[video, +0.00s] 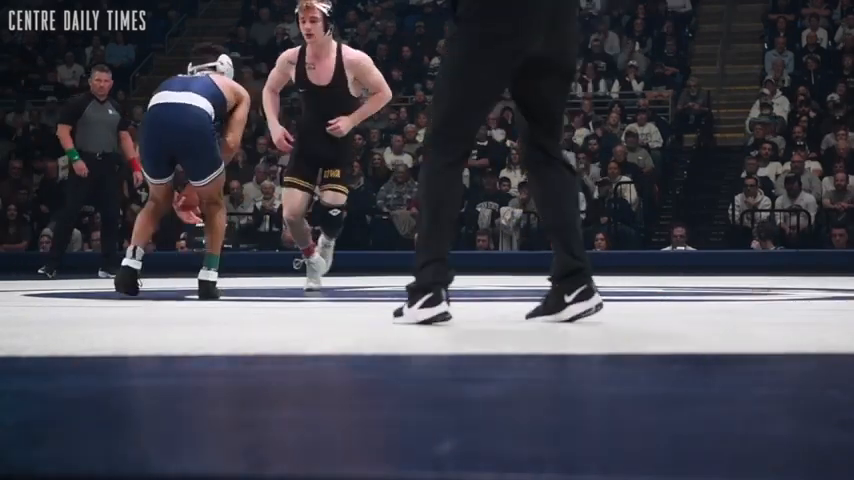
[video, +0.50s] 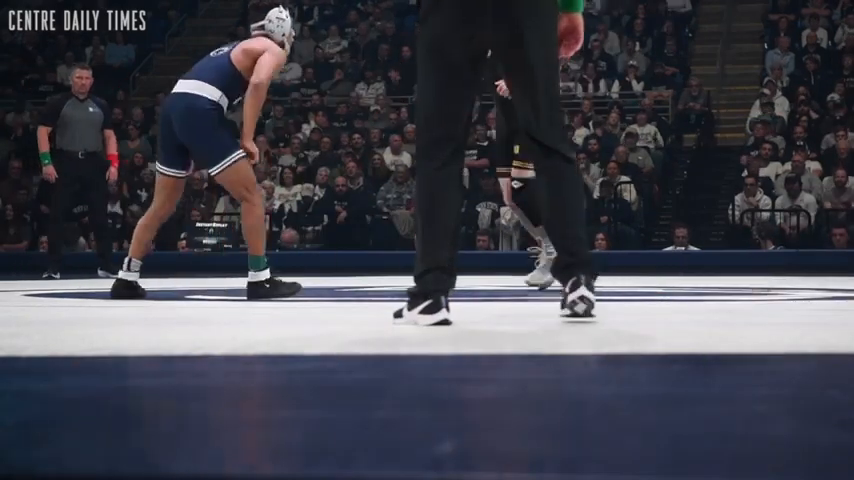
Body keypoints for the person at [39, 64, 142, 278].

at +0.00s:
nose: (101, 85)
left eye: (105, 81)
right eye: (97, 80)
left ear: (111, 83)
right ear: (90, 82)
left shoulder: (116, 108)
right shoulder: (78, 103)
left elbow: (124, 137)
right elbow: (62, 130)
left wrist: (136, 166)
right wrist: (75, 158)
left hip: (109, 166)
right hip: (83, 165)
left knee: (111, 216)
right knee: (69, 213)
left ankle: (108, 265)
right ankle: (52, 263)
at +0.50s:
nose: (83, 82)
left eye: (87, 78)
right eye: (79, 78)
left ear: (92, 81)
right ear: (71, 81)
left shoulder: (101, 106)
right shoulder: (58, 103)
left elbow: (109, 136)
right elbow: (43, 131)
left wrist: (113, 163)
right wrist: (46, 162)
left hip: (95, 164)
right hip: (66, 164)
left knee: (99, 215)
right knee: (58, 214)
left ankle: (105, 264)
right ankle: (53, 266)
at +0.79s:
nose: (71, 83)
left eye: (75, 79)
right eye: (67, 78)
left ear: (80, 81)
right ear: (58, 79)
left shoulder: (89, 105)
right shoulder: (44, 104)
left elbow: (99, 136)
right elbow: (30, 133)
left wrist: (93, 161)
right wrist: (28, 163)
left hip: (81, 165)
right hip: (52, 164)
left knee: (92, 213)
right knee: (51, 214)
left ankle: (95, 260)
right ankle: (52, 265)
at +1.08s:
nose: (74, 82)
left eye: (77, 78)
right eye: (70, 78)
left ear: (82, 81)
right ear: (60, 79)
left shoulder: (91, 105)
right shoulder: (46, 104)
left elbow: (101, 135)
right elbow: (32, 132)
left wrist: (98, 162)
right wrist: (30, 163)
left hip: (84, 164)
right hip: (55, 164)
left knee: (96, 212)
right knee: (52, 214)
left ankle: (99, 260)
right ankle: (52, 266)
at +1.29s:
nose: (89, 83)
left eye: (92, 79)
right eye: (84, 78)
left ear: (96, 82)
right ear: (74, 80)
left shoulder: (102, 106)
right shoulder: (60, 103)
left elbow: (109, 136)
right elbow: (45, 132)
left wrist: (110, 162)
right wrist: (47, 162)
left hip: (94, 164)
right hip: (67, 164)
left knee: (108, 212)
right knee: (59, 214)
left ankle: (119, 262)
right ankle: (54, 266)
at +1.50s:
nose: (115, 86)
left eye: (118, 82)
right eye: (111, 82)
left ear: (122, 85)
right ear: (101, 83)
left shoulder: (122, 109)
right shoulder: (91, 104)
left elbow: (126, 138)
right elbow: (75, 132)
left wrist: (129, 163)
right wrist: (80, 162)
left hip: (115, 167)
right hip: (93, 166)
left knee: (125, 213)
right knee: (74, 214)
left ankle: (126, 264)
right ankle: (55, 264)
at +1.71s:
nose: (137, 86)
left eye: (140, 83)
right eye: (132, 82)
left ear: (144, 86)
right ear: (123, 83)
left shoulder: (140, 109)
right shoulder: (114, 103)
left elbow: (143, 138)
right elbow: (103, 133)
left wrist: (151, 162)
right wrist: (116, 161)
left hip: (134, 164)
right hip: (113, 163)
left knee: (135, 213)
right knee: (108, 211)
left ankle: (129, 264)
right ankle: (78, 253)